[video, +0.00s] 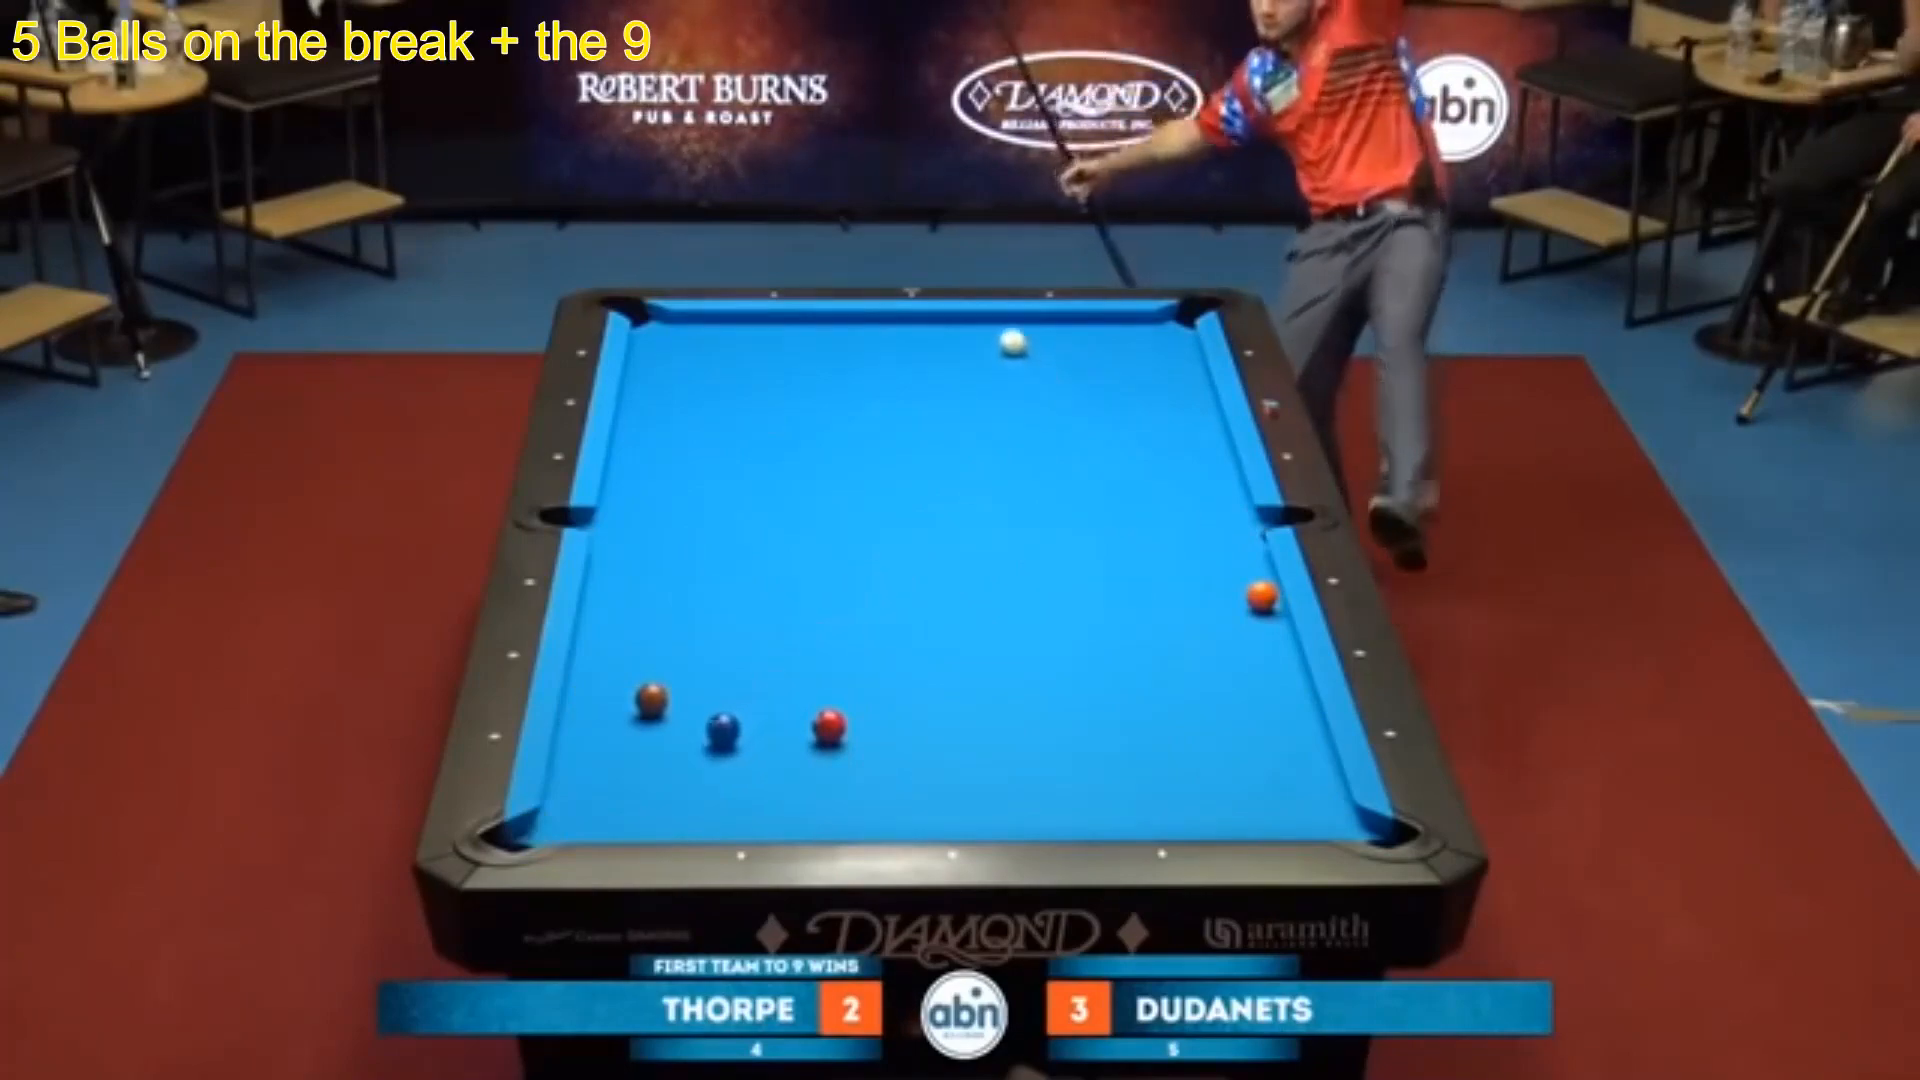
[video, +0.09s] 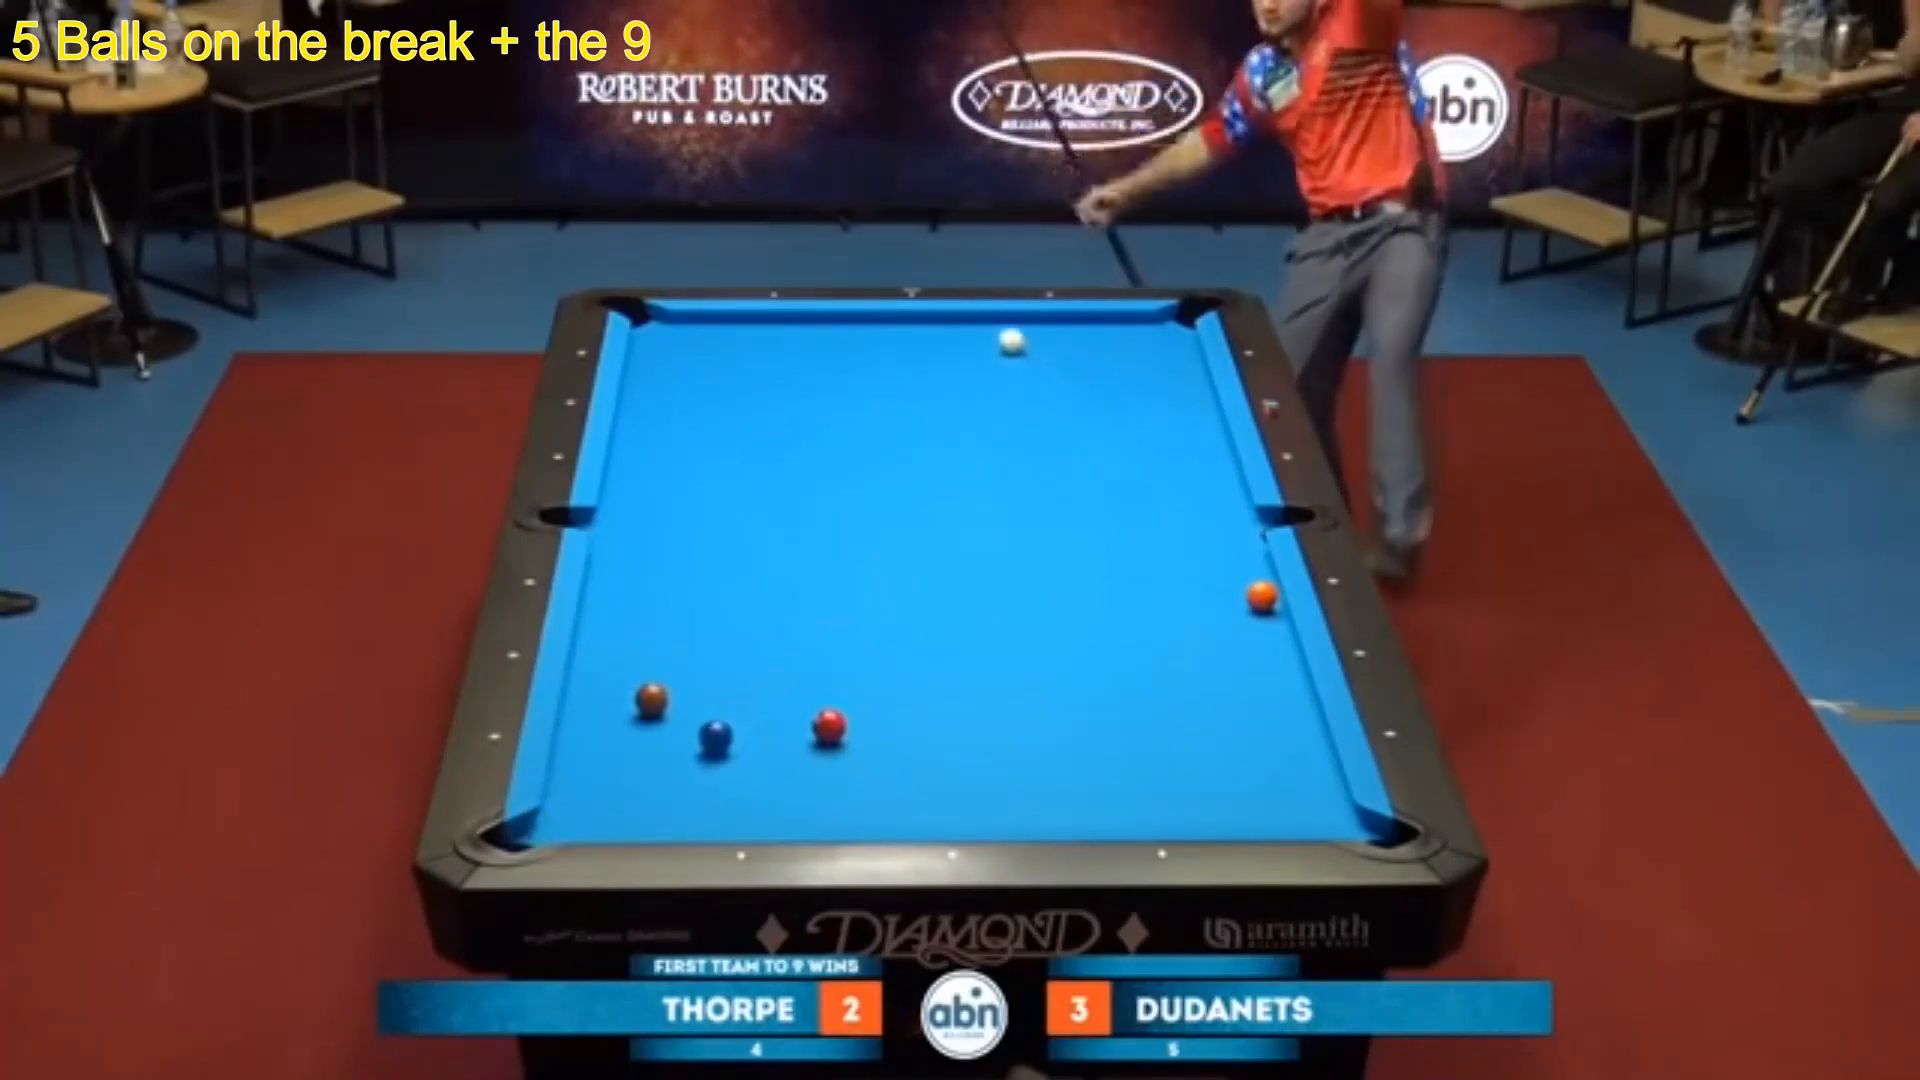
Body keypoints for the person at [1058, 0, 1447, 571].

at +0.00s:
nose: (1264, 9)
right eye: (1256, 0)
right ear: (1249, 6)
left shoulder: (1362, 19)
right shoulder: (1257, 78)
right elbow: (1191, 133)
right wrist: (1106, 163)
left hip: (1406, 220)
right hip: (1329, 235)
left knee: (1399, 337)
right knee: (1290, 380)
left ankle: (1404, 505)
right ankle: (1317, 523)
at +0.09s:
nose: (1265, 6)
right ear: (1253, 6)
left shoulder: (1360, 25)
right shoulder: (1259, 74)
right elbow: (1202, 145)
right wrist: (1120, 193)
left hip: (1403, 225)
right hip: (1327, 238)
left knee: (1390, 356)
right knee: (1289, 381)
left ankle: (1401, 536)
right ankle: (1317, 533)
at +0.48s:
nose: (1278, 33)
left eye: (1292, 17)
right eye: (1267, 19)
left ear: (1329, 7)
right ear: (1256, 16)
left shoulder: (1381, 81)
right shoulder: (1302, 63)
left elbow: (1419, 214)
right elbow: (1327, 180)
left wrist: (1402, 333)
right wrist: (1306, 261)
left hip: (1366, 282)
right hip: (1304, 266)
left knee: (1329, 451)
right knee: (1269, 420)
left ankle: (1367, 606)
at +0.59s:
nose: (1277, 41)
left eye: (1290, 23)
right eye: (1265, 26)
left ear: (1329, 10)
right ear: (1254, 21)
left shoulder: (1375, 86)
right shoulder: (1307, 61)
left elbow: (1405, 227)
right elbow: (1329, 169)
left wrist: (1378, 339)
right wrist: (1308, 249)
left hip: (1366, 278)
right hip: (1309, 257)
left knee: (1333, 448)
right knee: (1263, 399)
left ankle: (1368, 604)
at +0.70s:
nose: (1273, 42)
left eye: (1287, 25)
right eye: (1261, 28)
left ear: (1326, 12)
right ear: (1250, 20)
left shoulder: (1366, 94)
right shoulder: (1306, 57)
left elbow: (1385, 236)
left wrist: (1355, 347)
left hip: (1369, 271)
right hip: (1316, 249)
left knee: (1334, 441)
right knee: (1271, 389)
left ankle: (1365, 596)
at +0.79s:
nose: (1262, 49)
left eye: (1277, 33)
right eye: (1253, 34)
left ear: (1319, 20)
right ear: (1245, 24)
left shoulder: (1356, 97)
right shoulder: (1302, 50)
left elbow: (1363, 241)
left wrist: (1323, 351)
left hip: (1385, 255)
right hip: (1319, 231)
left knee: (1333, 426)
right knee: (1272, 379)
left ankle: (1369, 595)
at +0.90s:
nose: (1240, 59)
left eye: (1254, 45)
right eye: (1232, 46)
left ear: (1297, 31)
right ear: (1224, 33)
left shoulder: (1336, 95)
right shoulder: (1286, 55)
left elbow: (1329, 239)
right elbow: (1306, 145)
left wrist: (1299, 352)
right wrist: (1288, 209)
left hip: (1378, 250)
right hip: (1310, 228)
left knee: (1337, 433)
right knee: (1277, 387)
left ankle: (1370, 600)